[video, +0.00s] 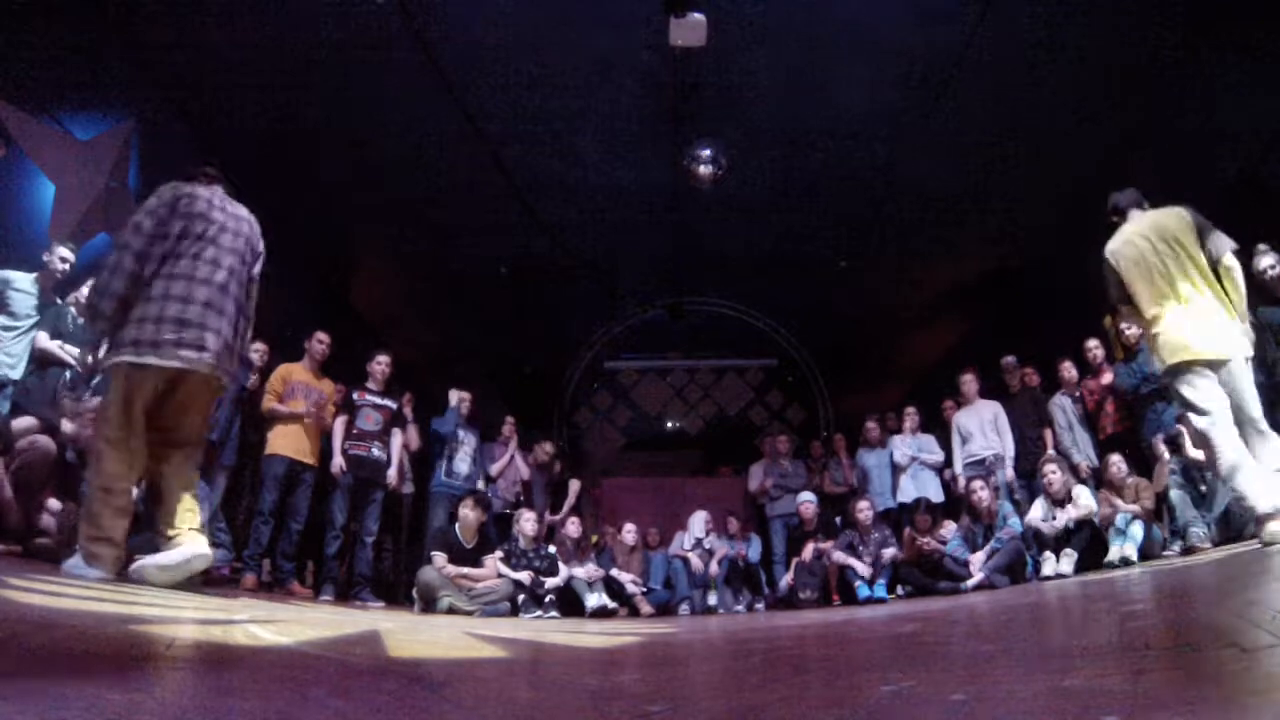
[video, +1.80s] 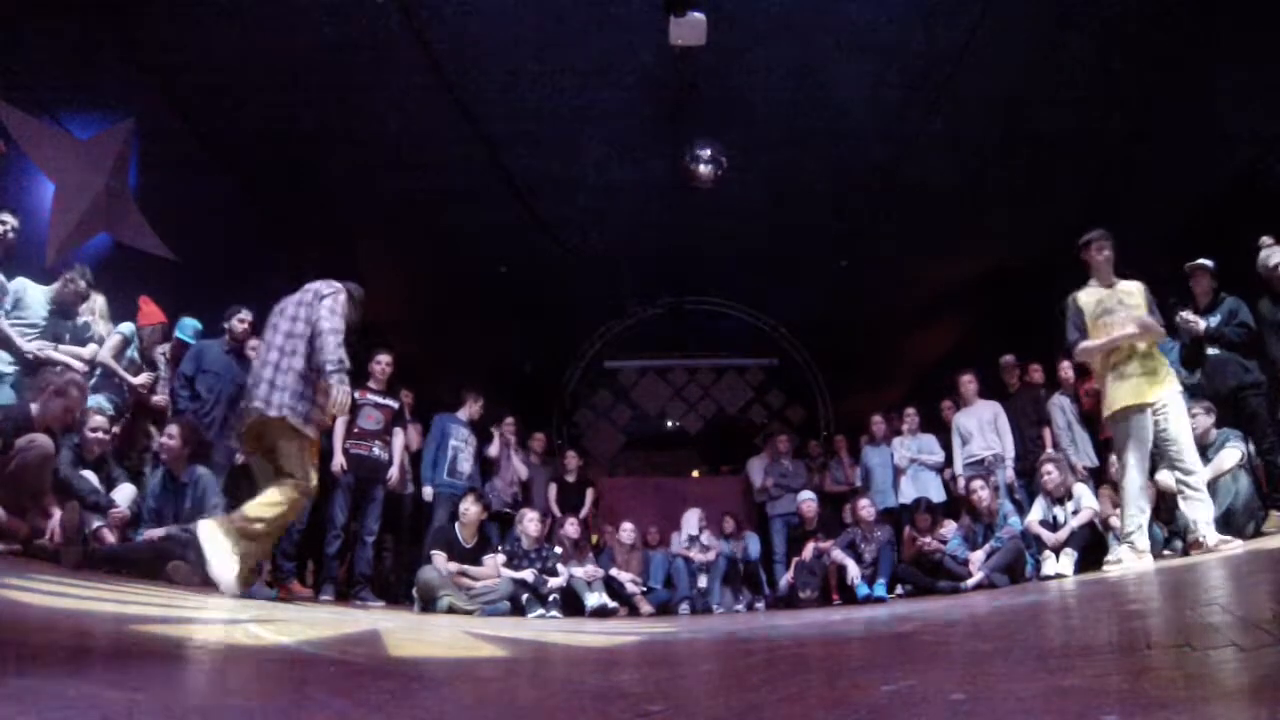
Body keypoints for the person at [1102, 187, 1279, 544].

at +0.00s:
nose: (1115, 225)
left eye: (1113, 221)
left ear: (1115, 217)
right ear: (1144, 204)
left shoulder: (1113, 250)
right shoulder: (1181, 215)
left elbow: (1123, 310)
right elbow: (1228, 260)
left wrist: (1152, 327)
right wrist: (1242, 317)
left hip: (1175, 342)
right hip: (1222, 329)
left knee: (1220, 432)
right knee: (1256, 424)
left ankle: (1265, 513)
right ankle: (1273, 507)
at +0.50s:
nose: (1107, 268)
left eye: (1104, 262)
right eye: (1104, 264)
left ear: (1107, 249)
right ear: (1123, 241)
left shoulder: (1119, 257)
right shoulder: (1163, 257)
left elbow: (1141, 291)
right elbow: (1205, 308)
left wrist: (1147, 353)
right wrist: (1228, 351)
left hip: (1182, 361)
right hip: (1214, 354)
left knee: (1189, 451)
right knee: (1244, 440)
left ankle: (1208, 531)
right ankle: (1272, 516)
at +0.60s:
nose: (1096, 269)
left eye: (1093, 264)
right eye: (1093, 265)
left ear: (1098, 253)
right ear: (1115, 245)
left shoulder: (1114, 264)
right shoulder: (1151, 262)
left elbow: (1140, 301)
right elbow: (1189, 313)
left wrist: (1145, 364)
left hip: (1176, 368)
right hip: (1204, 361)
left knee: (1185, 455)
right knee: (1234, 443)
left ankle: (1198, 536)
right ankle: (1273, 513)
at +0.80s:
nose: (1077, 277)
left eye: (1074, 270)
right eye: (1073, 272)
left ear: (1083, 258)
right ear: (1092, 254)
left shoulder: (1104, 271)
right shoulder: (1127, 270)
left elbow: (1130, 313)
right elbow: (1157, 324)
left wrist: (1128, 370)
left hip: (1158, 372)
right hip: (1173, 369)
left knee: (1172, 455)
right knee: (1182, 451)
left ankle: (1198, 535)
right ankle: (1246, 492)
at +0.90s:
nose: (1069, 277)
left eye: (1068, 269)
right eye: (1065, 272)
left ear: (1081, 257)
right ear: (1083, 257)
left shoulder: (1102, 274)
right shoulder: (1117, 273)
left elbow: (1126, 318)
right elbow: (1143, 326)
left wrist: (1122, 373)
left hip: (1150, 374)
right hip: (1158, 373)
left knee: (1164, 453)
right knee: (1168, 452)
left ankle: (1197, 534)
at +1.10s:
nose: (1060, 269)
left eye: (1063, 261)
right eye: (1057, 265)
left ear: (1080, 256)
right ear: (1064, 269)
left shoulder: (1103, 277)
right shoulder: (1090, 294)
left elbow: (1129, 316)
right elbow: (1116, 340)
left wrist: (1096, 355)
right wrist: (1100, 371)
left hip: (1146, 384)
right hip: (1127, 391)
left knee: (1163, 457)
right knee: (1126, 469)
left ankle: (1199, 534)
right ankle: (1146, 539)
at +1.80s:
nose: (1101, 253)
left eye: (1105, 247)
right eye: (1095, 249)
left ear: (1114, 252)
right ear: (1085, 256)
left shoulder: (1137, 288)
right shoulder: (1079, 301)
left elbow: (1161, 333)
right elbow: (1079, 351)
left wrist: (1147, 325)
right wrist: (1120, 338)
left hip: (1160, 380)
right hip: (1123, 387)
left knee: (1187, 459)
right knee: (1134, 469)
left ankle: (1205, 532)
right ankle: (1136, 545)